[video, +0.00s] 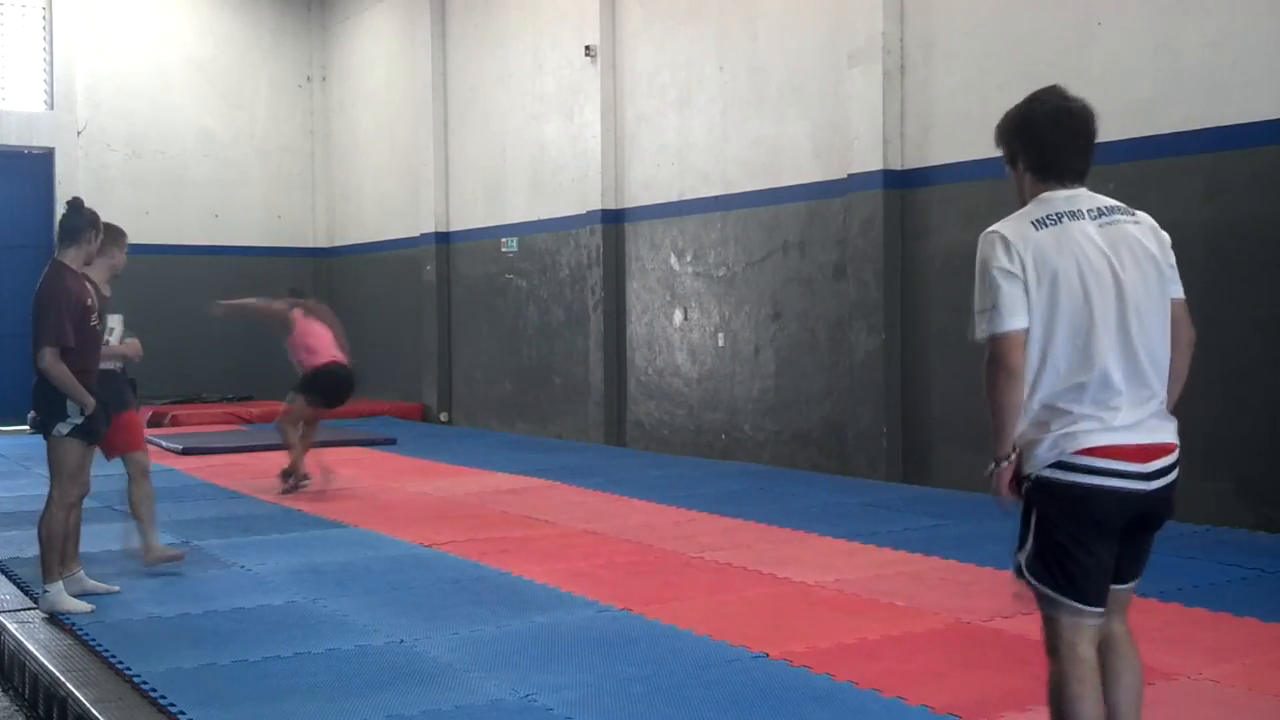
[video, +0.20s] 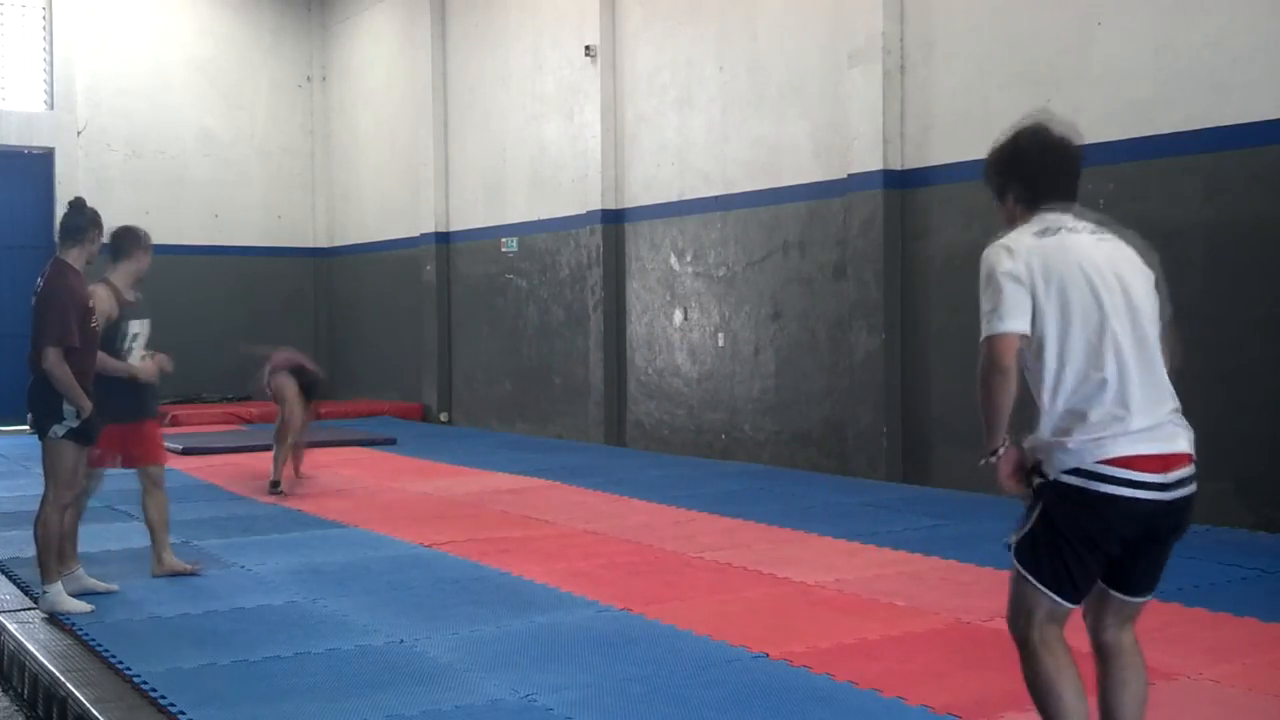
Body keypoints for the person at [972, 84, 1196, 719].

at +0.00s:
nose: (1008, 174)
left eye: (1007, 161)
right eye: (1008, 160)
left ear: (1019, 162)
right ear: (1083, 154)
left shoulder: (1007, 240)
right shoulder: (1145, 229)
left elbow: (1007, 359)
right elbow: (1182, 339)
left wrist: (1004, 453)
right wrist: (1155, 420)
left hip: (1074, 477)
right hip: (1154, 471)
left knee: (1073, 641)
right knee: (1115, 618)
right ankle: (1125, 718)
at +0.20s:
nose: (998, 210)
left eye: (998, 196)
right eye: (997, 197)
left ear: (1011, 195)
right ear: (1070, 187)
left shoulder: (1013, 251)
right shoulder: (1129, 251)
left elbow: (1001, 356)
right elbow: (1159, 362)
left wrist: (998, 445)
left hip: (1093, 482)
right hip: (1172, 481)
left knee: (1035, 622)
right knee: (1115, 624)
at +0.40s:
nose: (977, 284)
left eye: (978, 272)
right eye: (976, 273)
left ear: (990, 262)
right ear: (1046, 249)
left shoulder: (997, 304)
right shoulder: (1095, 304)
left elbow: (964, 408)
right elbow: (1113, 419)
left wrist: (956, 509)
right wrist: (1059, 518)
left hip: (1116, 511)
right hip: (1193, 514)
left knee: (1031, 628)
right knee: (1097, 631)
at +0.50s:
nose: (965, 349)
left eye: (967, 336)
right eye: (966, 337)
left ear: (978, 329)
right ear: (1033, 316)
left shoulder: (989, 368)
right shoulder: (1084, 365)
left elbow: (943, 472)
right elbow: (1093, 472)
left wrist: (925, 572)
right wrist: (1048, 556)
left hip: (1128, 551)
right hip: (1200, 553)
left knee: (1015, 634)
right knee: (1082, 640)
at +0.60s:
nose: (957, 413)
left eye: (957, 402)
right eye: (956, 402)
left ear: (970, 394)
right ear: (1024, 380)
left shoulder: (981, 432)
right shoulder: (1073, 425)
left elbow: (932, 542)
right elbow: (1063, 535)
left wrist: (899, 640)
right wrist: (1024, 613)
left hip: (1135, 597)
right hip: (1200, 600)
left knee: (1008, 644)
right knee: (1067, 657)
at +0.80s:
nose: (949, 512)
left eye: (948, 500)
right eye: (948, 500)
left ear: (959, 495)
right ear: (1015, 482)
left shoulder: (975, 527)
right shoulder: (1059, 517)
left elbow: (918, 642)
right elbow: (1071, 626)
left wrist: (879, 706)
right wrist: (1003, 692)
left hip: (1139, 686)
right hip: (1194, 678)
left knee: (989, 651)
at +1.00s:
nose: (950, 494)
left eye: (950, 484)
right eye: (950, 484)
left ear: (962, 483)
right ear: (1019, 475)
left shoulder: (974, 523)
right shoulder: (1053, 512)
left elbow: (900, 589)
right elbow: (990, 599)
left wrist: (829, 621)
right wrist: (931, 633)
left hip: (1140, 697)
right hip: (1193, 688)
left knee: (990, 650)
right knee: (1035, 636)